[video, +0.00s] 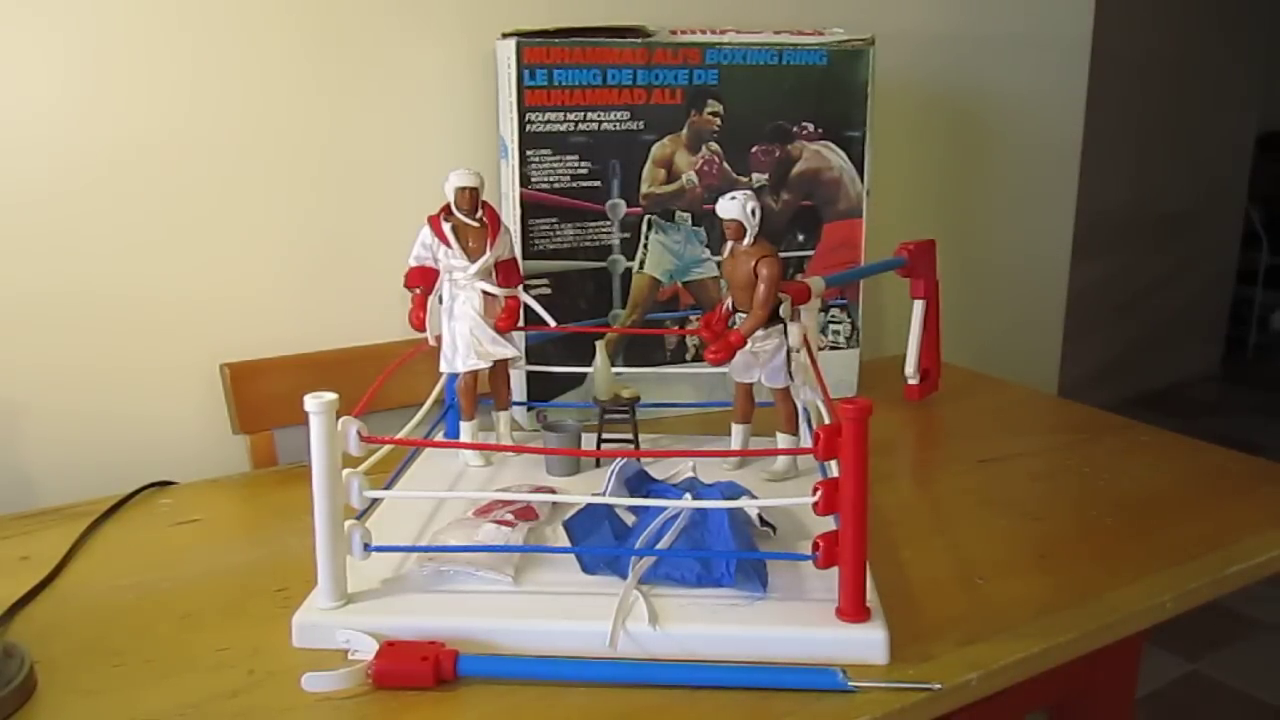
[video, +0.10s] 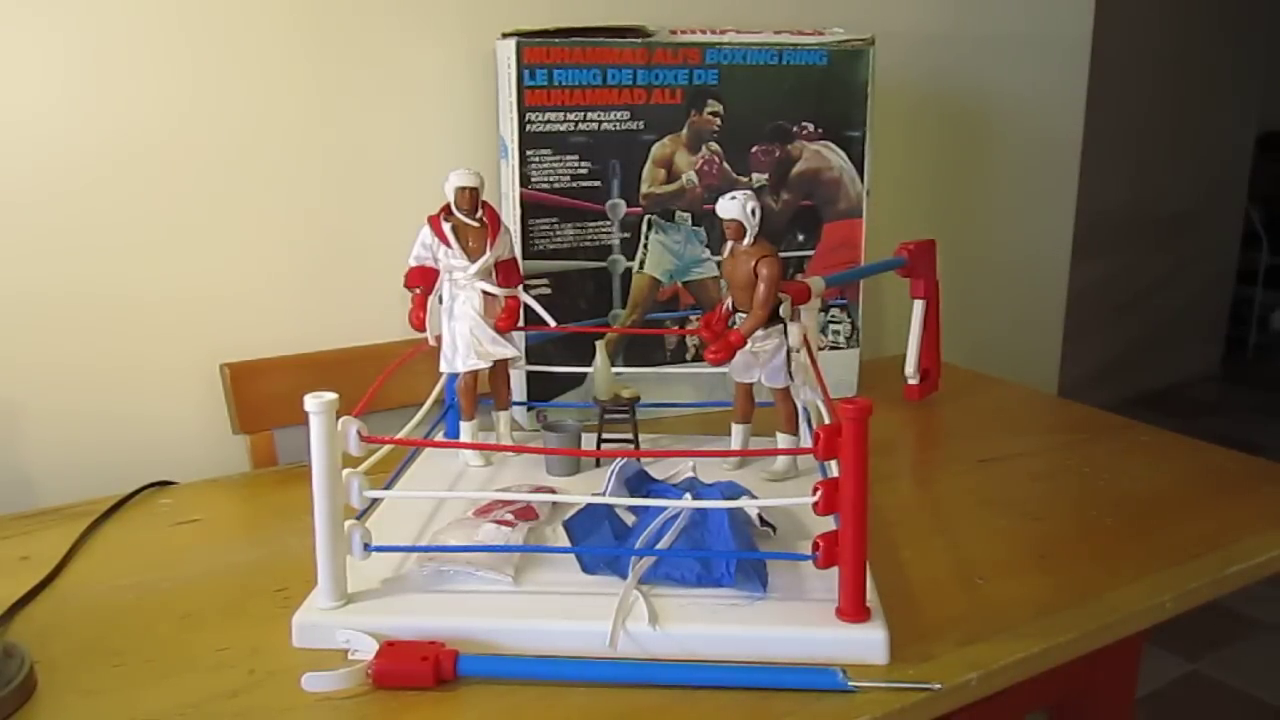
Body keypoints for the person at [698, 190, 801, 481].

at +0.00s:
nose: (725, 228)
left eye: (730, 223)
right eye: (723, 222)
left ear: (748, 223)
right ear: (723, 223)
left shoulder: (767, 261)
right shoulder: (729, 250)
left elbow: (761, 313)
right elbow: (734, 291)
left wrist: (736, 338)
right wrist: (719, 315)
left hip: (769, 332)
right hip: (742, 329)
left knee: (780, 390)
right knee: (742, 386)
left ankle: (787, 456)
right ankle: (738, 450)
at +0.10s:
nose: (725, 228)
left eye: (730, 223)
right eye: (723, 222)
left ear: (747, 223)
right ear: (724, 223)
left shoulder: (767, 261)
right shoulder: (729, 250)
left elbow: (761, 312)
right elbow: (733, 292)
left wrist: (736, 338)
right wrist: (719, 317)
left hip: (769, 332)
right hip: (742, 329)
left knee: (780, 390)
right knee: (742, 386)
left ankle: (787, 456)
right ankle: (738, 450)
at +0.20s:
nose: (725, 227)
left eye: (730, 222)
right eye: (723, 222)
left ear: (748, 222)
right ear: (724, 222)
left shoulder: (767, 261)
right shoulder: (729, 250)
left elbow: (761, 313)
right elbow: (735, 292)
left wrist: (735, 339)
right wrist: (719, 316)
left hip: (769, 331)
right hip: (742, 328)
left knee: (780, 390)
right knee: (742, 386)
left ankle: (787, 456)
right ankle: (737, 450)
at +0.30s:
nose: (725, 227)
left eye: (731, 222)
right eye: (723, 222)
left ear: (748, 223)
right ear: (724, 223)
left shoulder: (767, 261)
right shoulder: (730, 249)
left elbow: (761, 312)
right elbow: (735, 292)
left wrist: (735, 339)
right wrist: (720, 316)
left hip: (769, 332)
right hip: (743, 329)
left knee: (780, 390)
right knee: (742, 386)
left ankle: (787, 456)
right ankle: (738, 450)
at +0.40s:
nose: (725, 227)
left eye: (731, 222)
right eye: (724, 222)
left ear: (748, 223)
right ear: (724, 223)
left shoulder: (767, 261)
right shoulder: (730, 249)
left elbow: (761, 313)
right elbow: (734, 292)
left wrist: (735, 338)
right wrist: (719, 316)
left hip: (769, 332)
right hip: (742, 328)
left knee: (780, 390)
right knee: (742, 386)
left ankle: (787, 456)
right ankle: (738, 450)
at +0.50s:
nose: (725, 227)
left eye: (730, 222)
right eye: (723, 222)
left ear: (747, 223)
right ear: (724, 222)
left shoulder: (767, 261)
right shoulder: (729, 249)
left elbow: (761, 313)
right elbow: (733, 292)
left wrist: (735, 338)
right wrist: (719, 316)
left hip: (770, 332)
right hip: (742, 328)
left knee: (780, 390)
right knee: (742, 386)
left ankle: (787, 456)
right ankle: (738, 450)